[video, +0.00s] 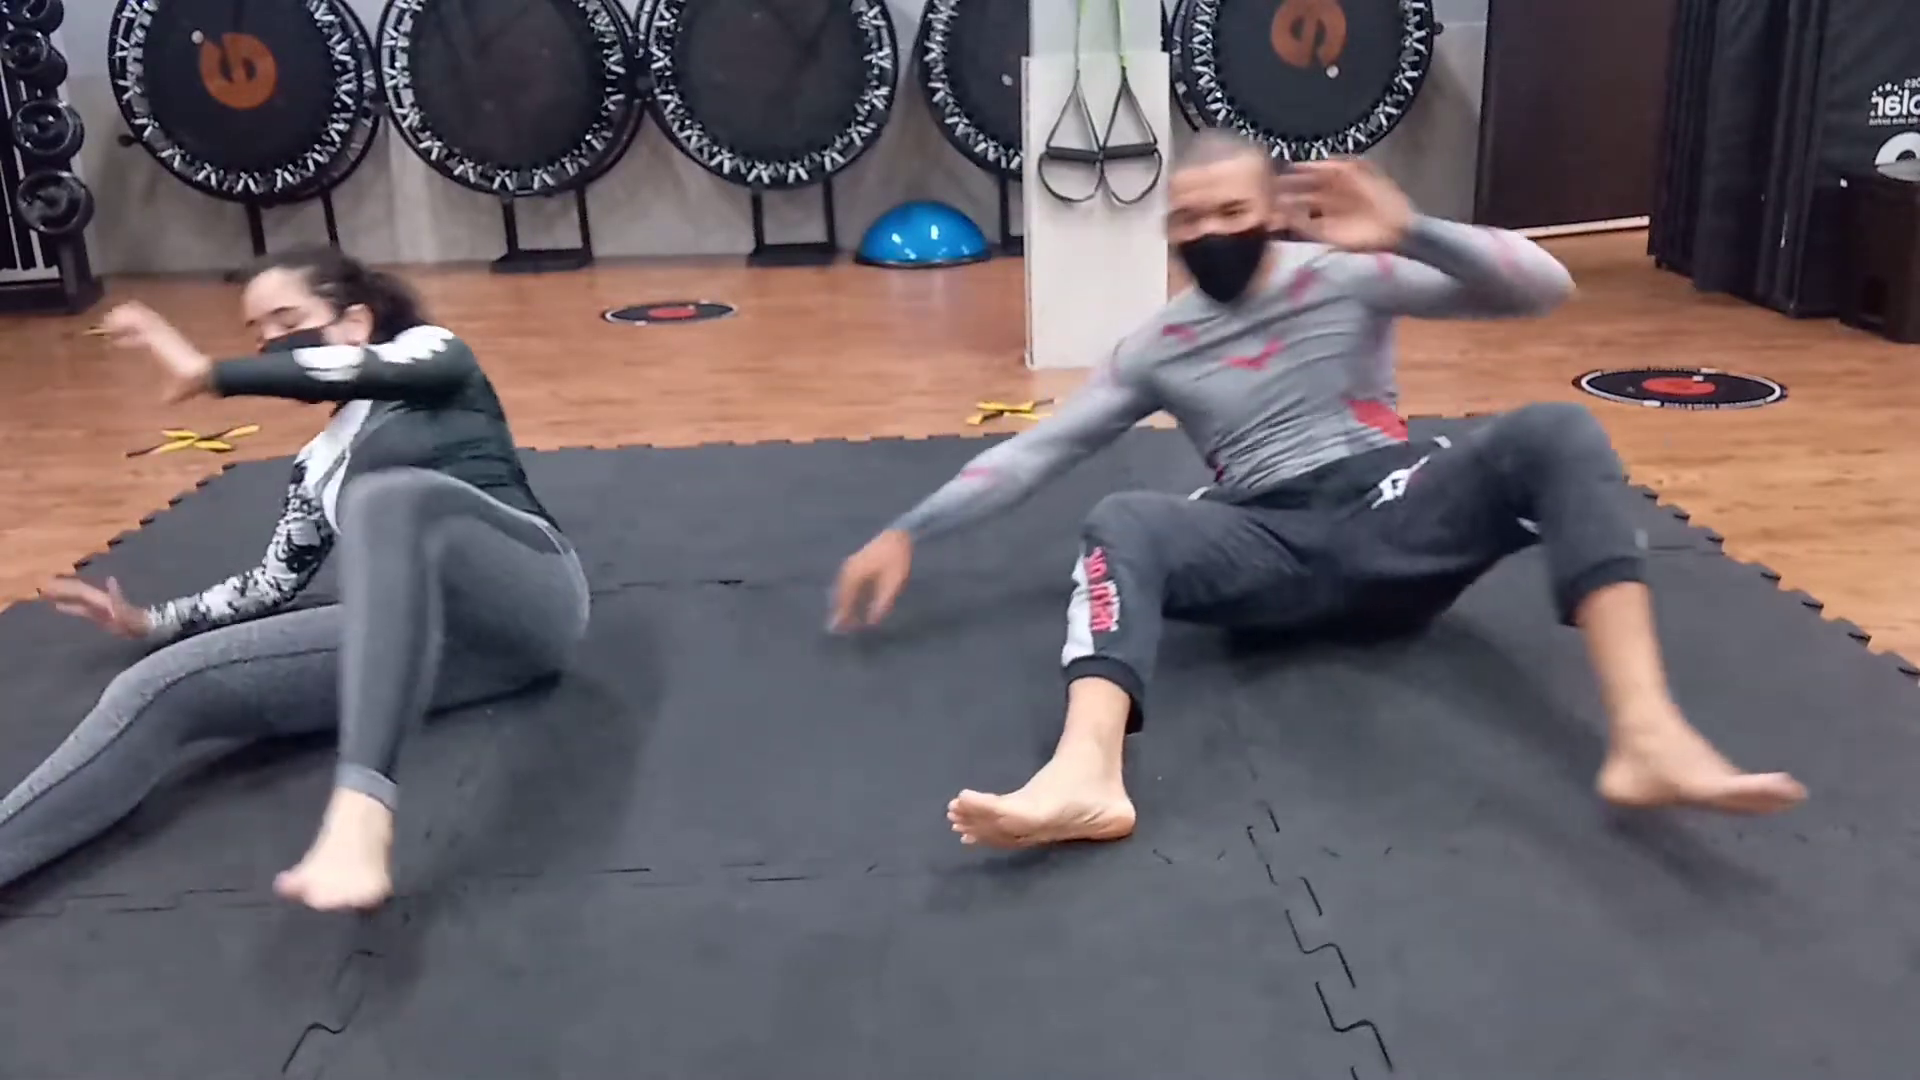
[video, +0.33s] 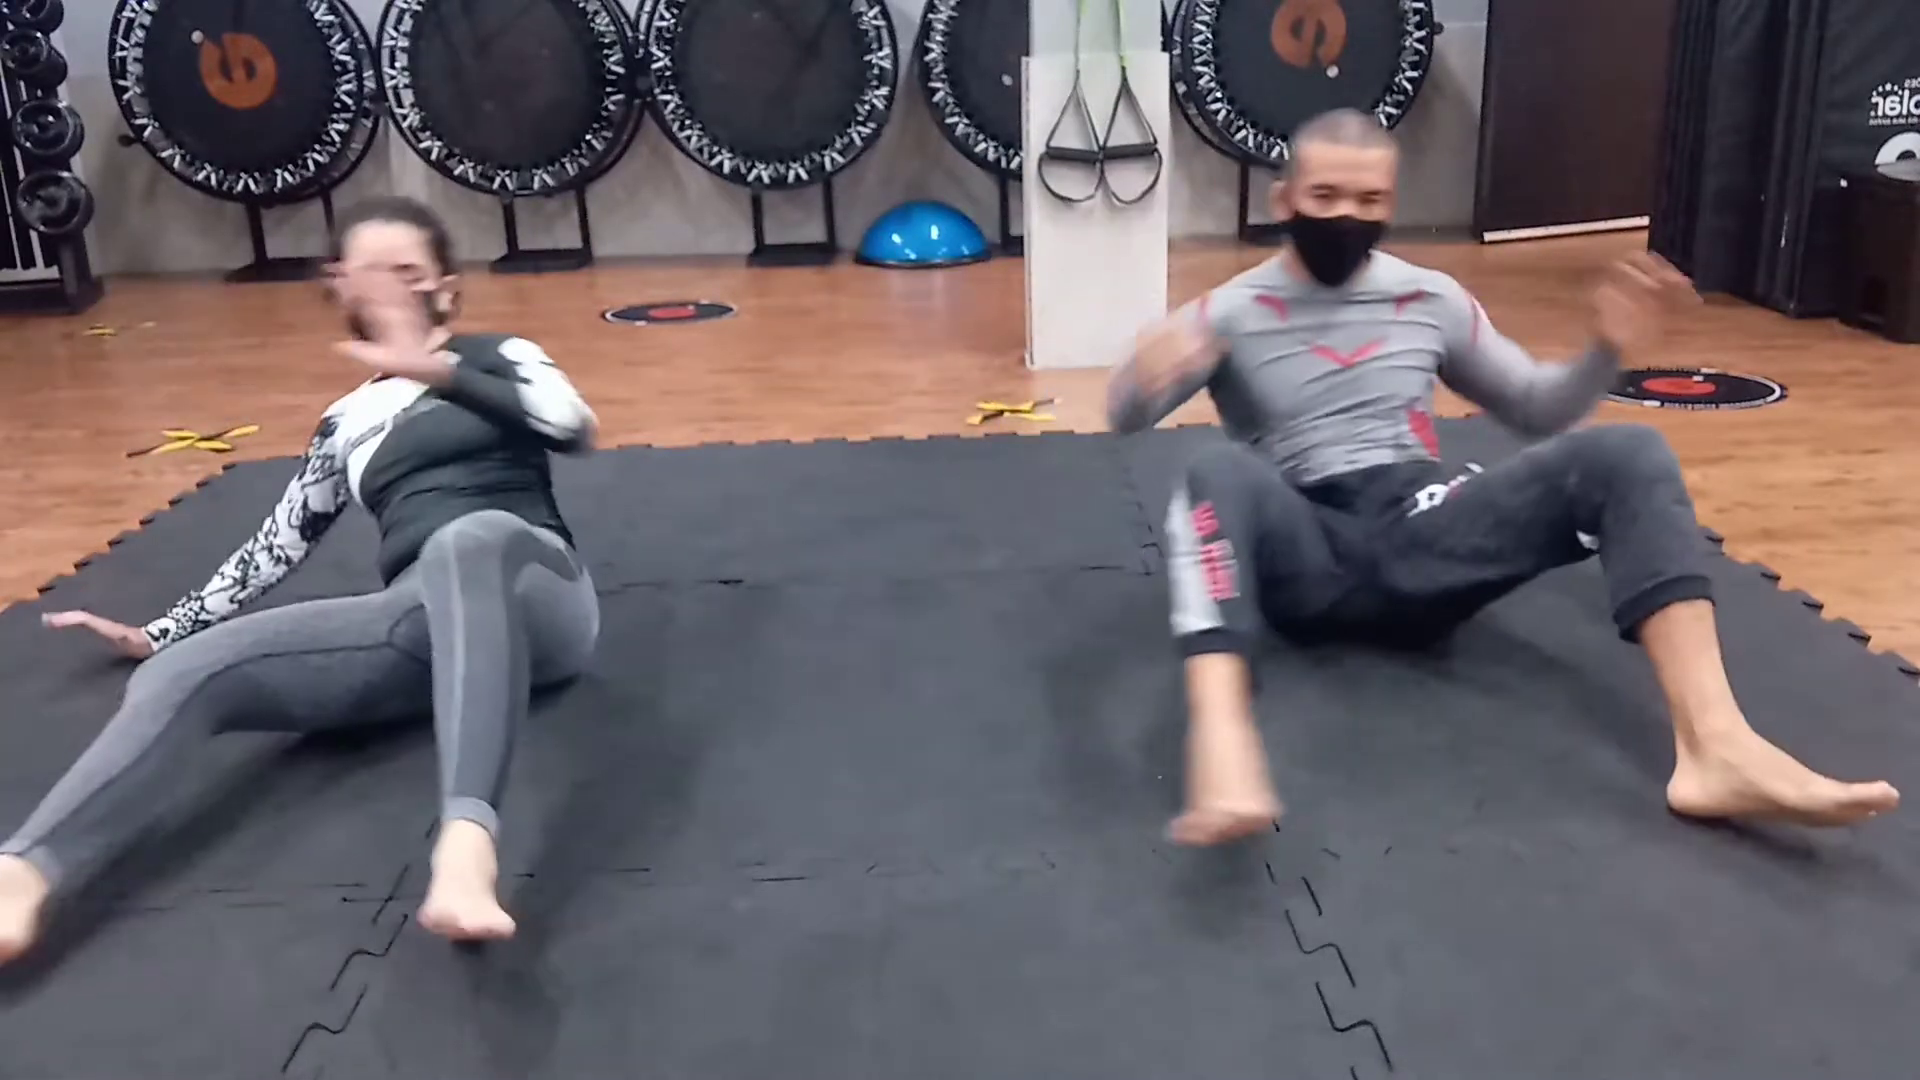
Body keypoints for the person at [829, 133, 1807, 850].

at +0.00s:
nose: (1209, 240)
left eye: (1230, 218)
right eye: (1190, 224)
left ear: (1275, 214)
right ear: (1167, 232)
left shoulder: (1341, 276)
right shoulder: (1157, 348)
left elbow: (1543, 290)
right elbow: (1036, 448)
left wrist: (1411, 231)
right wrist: (908, 528)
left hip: (1397, 511)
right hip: (1267, 543)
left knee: (1562, 431)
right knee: (1122, 523)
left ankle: (1649, 731)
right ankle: (1086, 772)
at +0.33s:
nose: (1351, 217)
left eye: (1372, 200)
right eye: (1329, 196)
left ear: (1392, 203)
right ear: (1283, 197)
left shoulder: (1429, 299)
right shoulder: (1232, 313)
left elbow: (1537, 409)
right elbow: (1125, 415)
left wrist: (1606, 352)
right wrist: (1143, 380)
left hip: (1430, 534)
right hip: (1303, 541)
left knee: (1628, 454)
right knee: (1202, 473)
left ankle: (1716, 742)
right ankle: (1223, 751)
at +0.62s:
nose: (1462, 225)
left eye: (1481, 211)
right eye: (1444, 197)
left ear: (1489, 222)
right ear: (1388, 195)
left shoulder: (1479, 326)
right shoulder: (1306, 287)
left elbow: (1519, 458)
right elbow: (1218, 340)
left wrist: (1674, 474)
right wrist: (1356, 248)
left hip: (1449, 543)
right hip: (1334, 544)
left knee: (1680, 476)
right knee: (1308, 441)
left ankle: (1725, 740)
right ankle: (1431, 744)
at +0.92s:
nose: (1550, 246)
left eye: (1567, 237)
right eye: (1533, 219)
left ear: (1570, 259)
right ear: (1480, 209)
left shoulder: (1518, 368)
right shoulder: (1376, 279)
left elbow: (1510, 508)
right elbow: (1345, 274)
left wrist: (1543, 590)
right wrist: (1551, 217)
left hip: (1454, 575)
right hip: (1338, 554)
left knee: (1718, 507)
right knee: (1414, 398)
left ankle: (1736, 740)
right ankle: (1535, 715)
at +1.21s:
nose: (1624, 276)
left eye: (1637, 272)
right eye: (1620, 252)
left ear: (1600, 298)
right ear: (1561, 226)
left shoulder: (1553, 369)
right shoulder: (1437, 270)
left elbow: (1574, 506)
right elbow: (1529, 238)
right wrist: (1696, 248)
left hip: (1484, 579)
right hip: (1372, 536)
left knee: (1757, 551)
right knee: (1533, 384)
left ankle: (1768, 737)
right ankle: (1594, 706)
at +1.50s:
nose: (1621, 325)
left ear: (1608, 306)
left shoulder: (1570, 387)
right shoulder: (1504, 258)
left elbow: (1551, 520)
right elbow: (1651, 236)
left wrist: (1681, 538)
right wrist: (1782, 280)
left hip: (1467, 586)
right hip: (1410, 493)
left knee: (1761, 587)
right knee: (1686, 398)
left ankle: (1777, 732)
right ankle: (1619, 711)